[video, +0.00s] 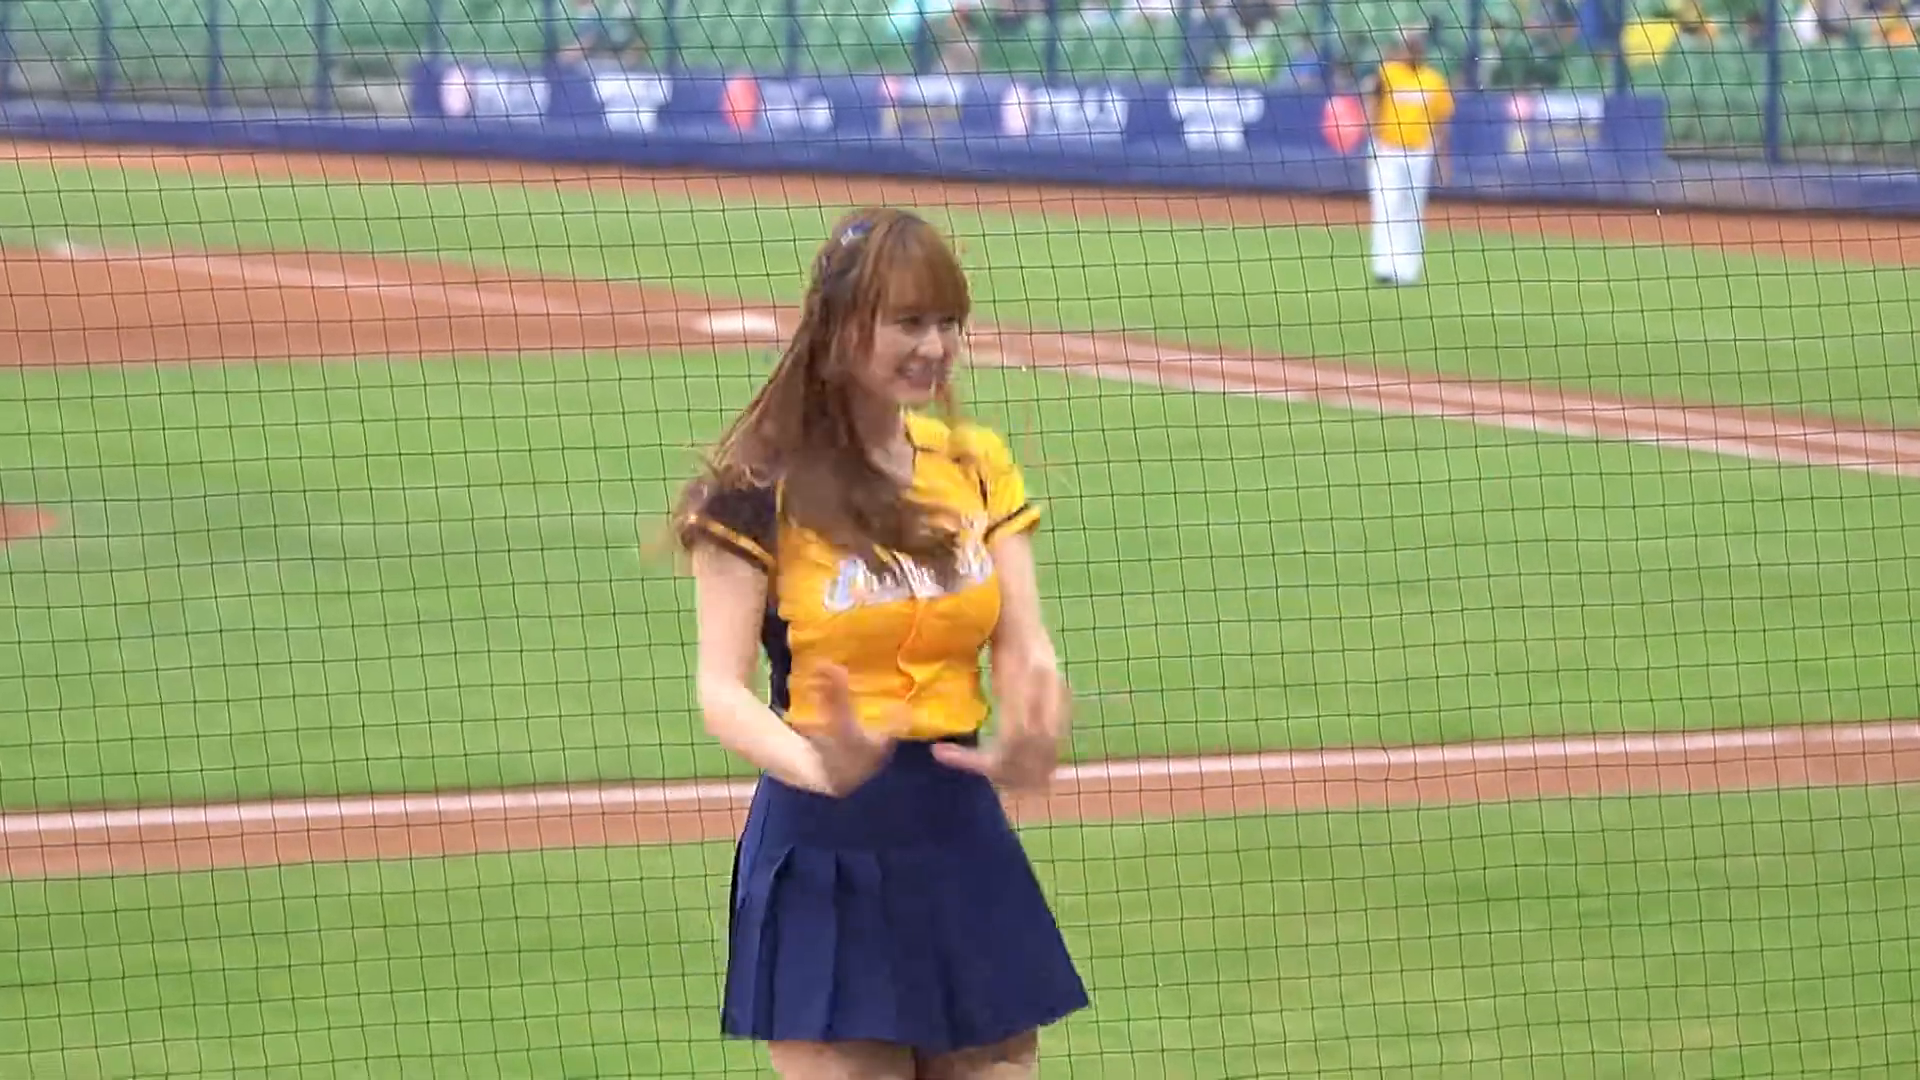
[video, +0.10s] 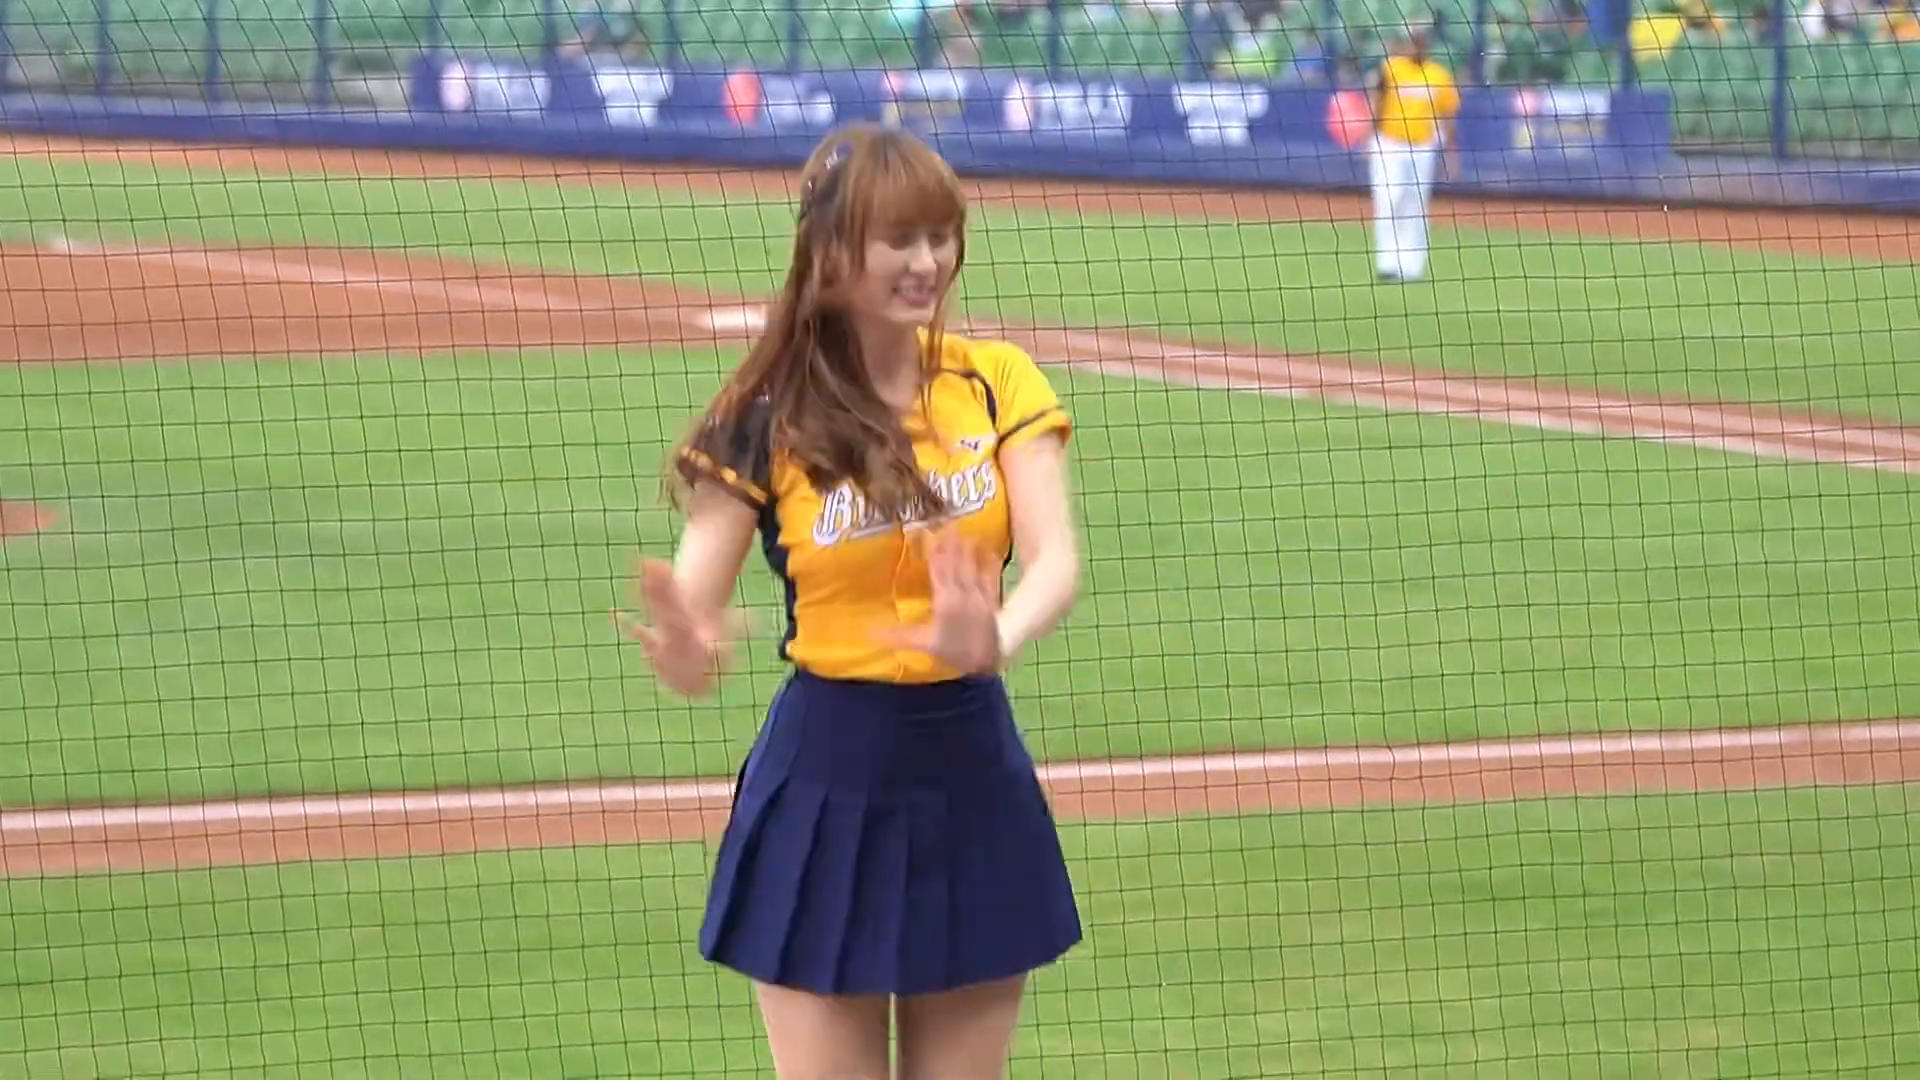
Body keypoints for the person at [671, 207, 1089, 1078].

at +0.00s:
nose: (935, 347)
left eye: (948, 323)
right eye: (908, 322)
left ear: (962, 327)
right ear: (839, 328)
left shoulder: (976, 461)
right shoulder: (758, 483)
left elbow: (1021, 638)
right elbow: (720, 692)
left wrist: (1030, 738)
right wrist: (817, 769)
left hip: (962, 810)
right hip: (825, 822)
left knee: (997, 1057)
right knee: (846, 1057)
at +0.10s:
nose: (927, 261)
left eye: (941, 236)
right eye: (898, 239)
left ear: (960, 244)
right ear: (830, 255)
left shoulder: (1000, 380)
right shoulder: (765, 416)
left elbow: (1054, 559)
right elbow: (693, 602)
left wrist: (994, 639)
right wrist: (687, 658)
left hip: (969, 771)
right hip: (825, 773)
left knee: (960, 1064)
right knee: (829, 1064)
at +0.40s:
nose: (925, 266)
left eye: (943, 242)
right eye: (894, 243)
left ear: (965, 259)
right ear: (831, 268)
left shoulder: (1019, 389)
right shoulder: (795, 435)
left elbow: (1008, 571)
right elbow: (677, 636)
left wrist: (940, 747)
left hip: (1008, 767)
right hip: (847, 757)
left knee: (987, 1064)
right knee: (824, 1064)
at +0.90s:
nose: (1182, 250)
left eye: (1206, 224)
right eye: (1153, 226)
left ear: (1233, 240)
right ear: (1100, 240)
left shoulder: (1248, 358)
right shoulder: (1061, 370)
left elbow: (1368, 181)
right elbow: (901, 238)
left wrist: (1473, 32)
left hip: (1222, 777)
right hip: (1091, 768)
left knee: (1285, 1067)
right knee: (983, 1066)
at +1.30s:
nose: (1274, 331)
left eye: (1299, 310)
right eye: (1249, 301)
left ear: (1318, 334)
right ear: (1196, 310)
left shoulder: (1302, 532)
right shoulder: (1088, 450)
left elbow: (1391, 740)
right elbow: (876, 538)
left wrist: (1463, 919)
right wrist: (992, 416)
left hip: (1178, 850)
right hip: (1034, 838)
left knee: (1266, 1058)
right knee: (1089, 1063)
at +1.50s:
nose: (1149, 286)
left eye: (1174, 266)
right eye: (1123, 258)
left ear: (1196, 289)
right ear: (1059, 267)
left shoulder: (1208, 433)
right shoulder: (949, 402)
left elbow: (1418, 475)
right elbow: (733, 317)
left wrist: (1620, 511)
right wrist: (762, 146)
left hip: (1140, 814)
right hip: (976, 814)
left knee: (1209, 1069)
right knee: (927, 1066)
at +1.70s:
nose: (1086, 268)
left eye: (1097, 243)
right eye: (1053, 246)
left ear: (1114, 255)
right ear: (984, 271)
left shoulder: (1168, 392)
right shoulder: (923, 437)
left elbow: (1373, 392)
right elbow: (687, 464)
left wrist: (1461, 260)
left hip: (1156, 792)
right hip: (1005, 806)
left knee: (1235, 1065)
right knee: (959, 1066)